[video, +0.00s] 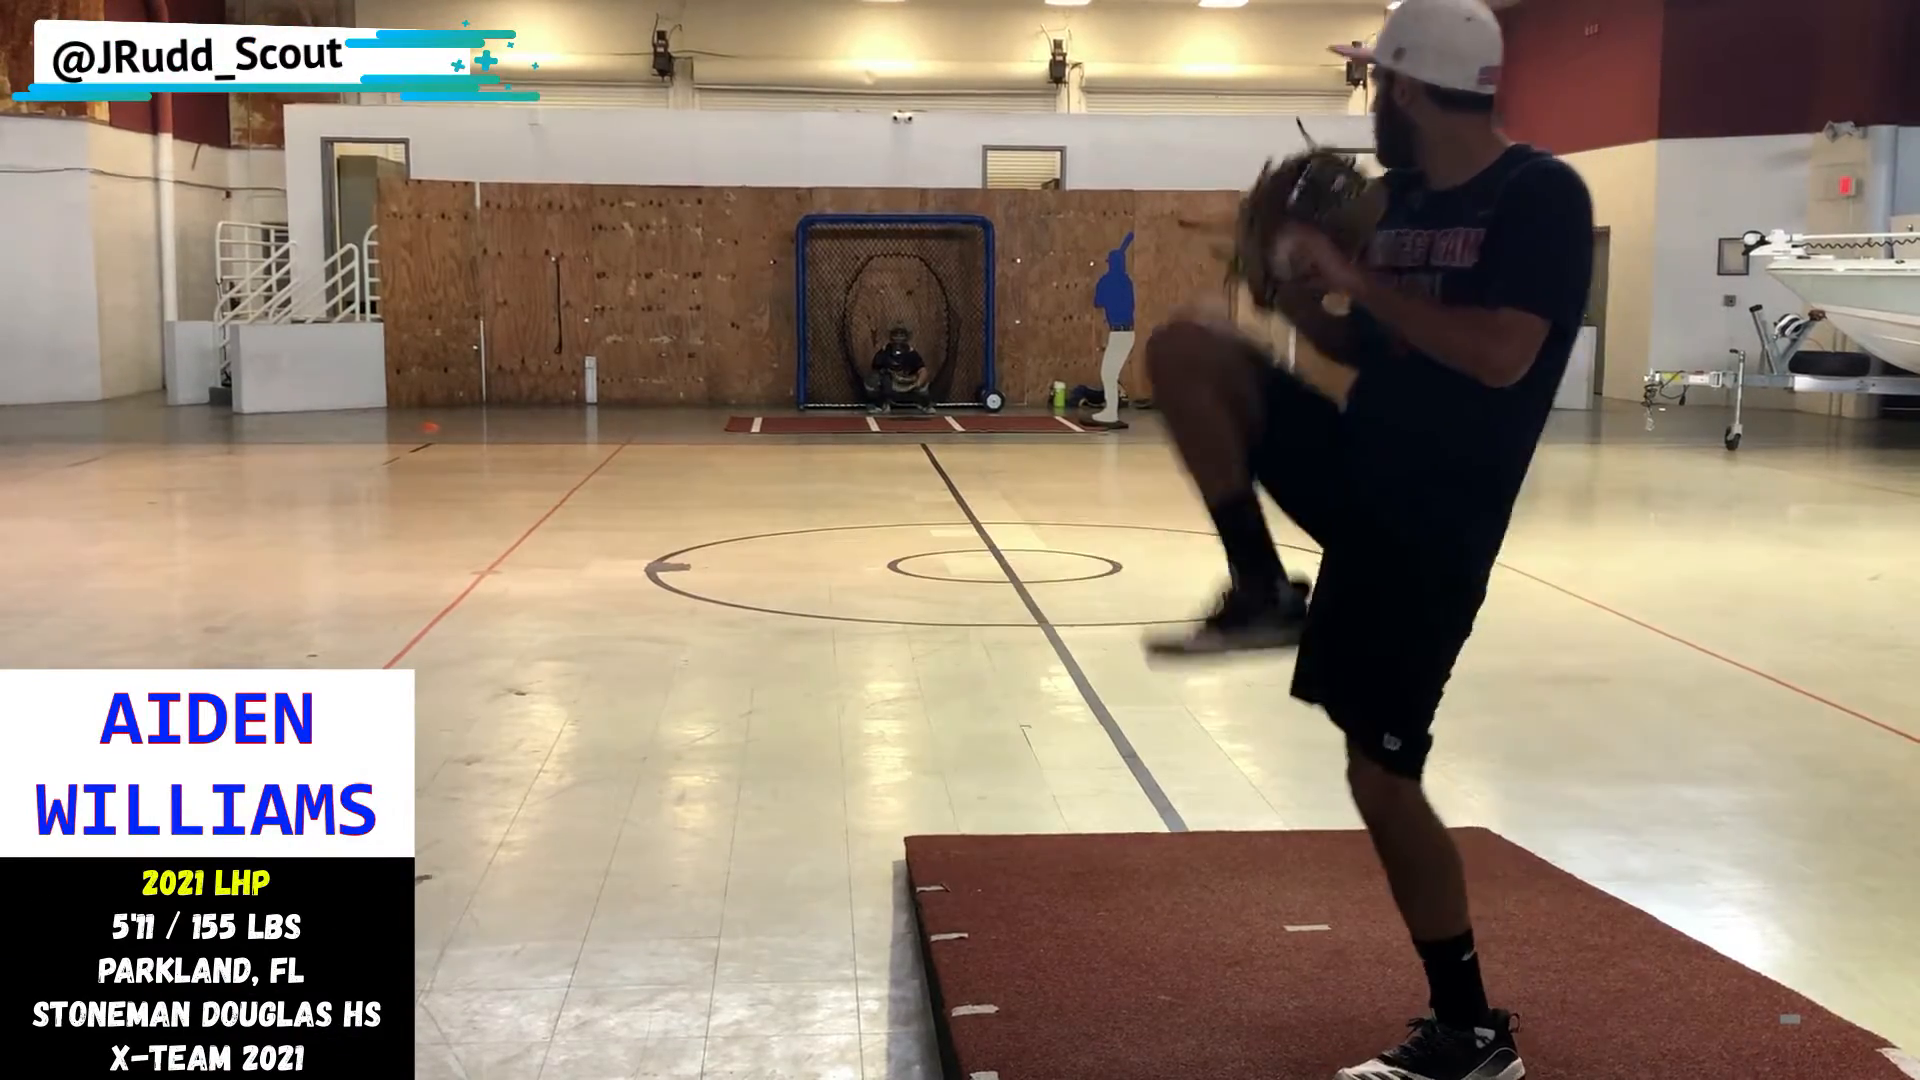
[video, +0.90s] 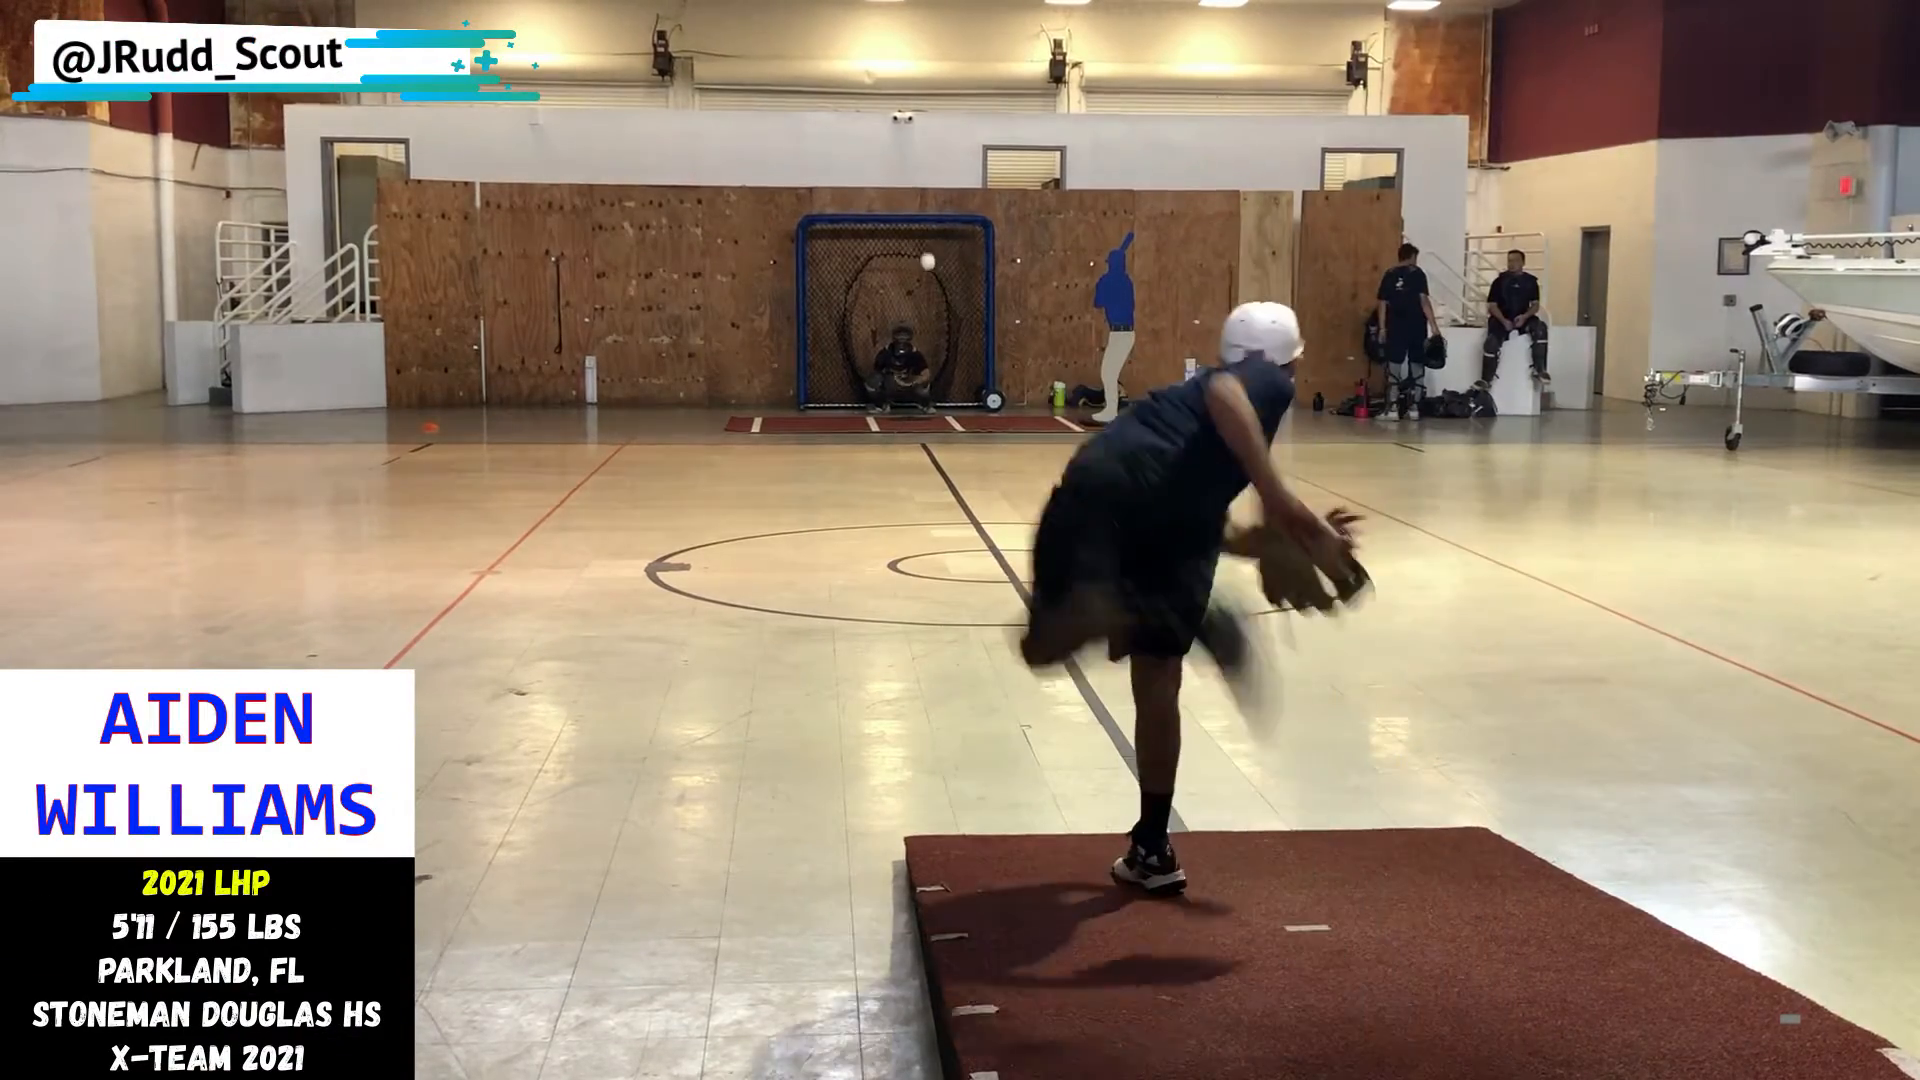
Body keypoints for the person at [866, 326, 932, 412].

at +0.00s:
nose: (898, 344)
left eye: (902, 341)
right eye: (895, 341)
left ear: (906, 341)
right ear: (891, 340)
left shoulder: (912, 354)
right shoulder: (882, 354)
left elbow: (923, 371)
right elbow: (875, 371)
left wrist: (918, 384)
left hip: (909, 381)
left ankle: (925, 405)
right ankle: (884, 405)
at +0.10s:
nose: (898, 344)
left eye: (902, 341)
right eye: (895, 341)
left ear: (907, 340)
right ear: (891, 340)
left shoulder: (912, 353)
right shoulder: (882, 354)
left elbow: (923, 372)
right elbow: (875, 371)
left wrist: (918, 385)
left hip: (910, 380)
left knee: (924, 385)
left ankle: (925, 405)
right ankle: (882, 405)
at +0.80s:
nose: (900, 342)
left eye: (903, 339)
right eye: (897, 339)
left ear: (908, 339)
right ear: (892, 338)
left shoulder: (914, 354)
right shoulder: (884, 353)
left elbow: (925, 374)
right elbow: (876, 373)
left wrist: (918, 387)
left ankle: (925, 405)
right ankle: (881, 405)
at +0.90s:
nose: (901, 345)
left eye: (905, 341)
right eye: (899, 341)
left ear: (910, 340)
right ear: (893, 340)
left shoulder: (916, 354)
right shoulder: (884, 353)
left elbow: (926, 375)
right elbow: (877, 372)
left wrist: (911, 382)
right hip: (889, 389)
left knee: (923, 386)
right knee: (873, 380)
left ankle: (925, 405)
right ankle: (882, 405)